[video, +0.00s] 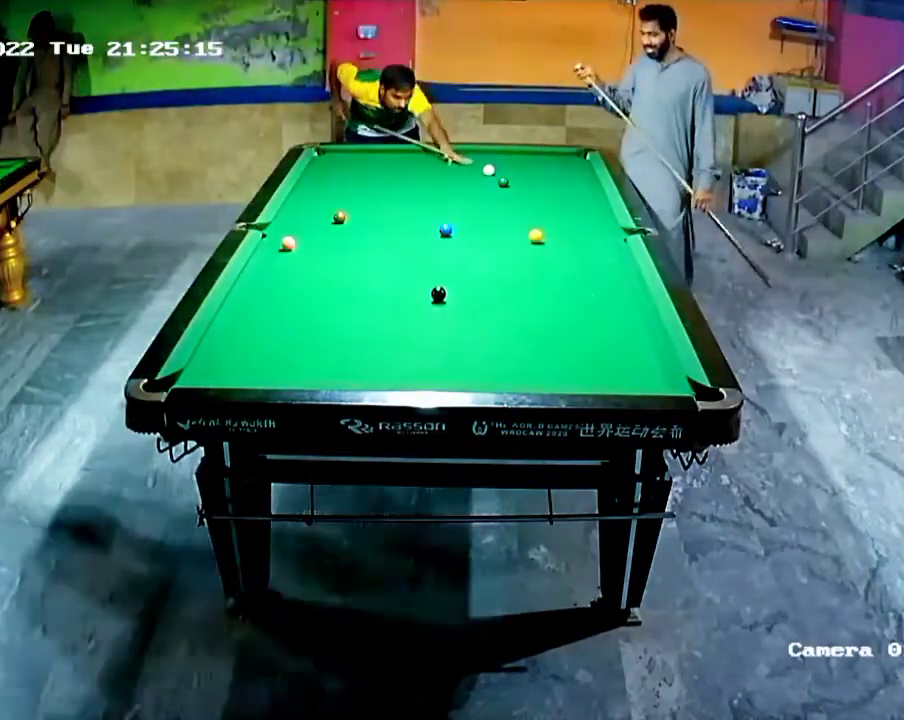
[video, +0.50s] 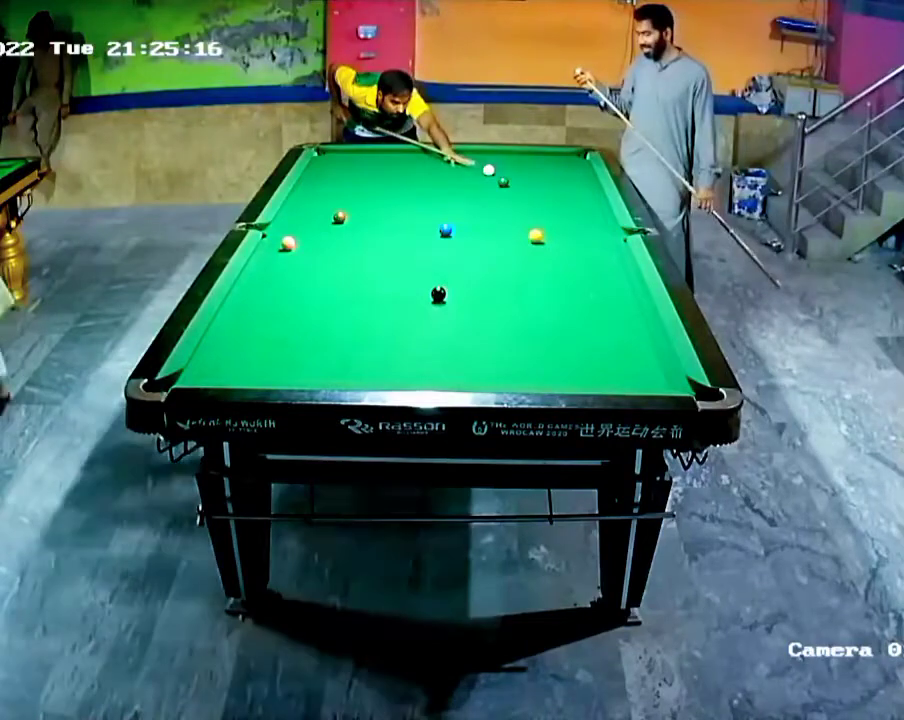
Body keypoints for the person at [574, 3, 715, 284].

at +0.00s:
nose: (646, 41)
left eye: (653, 34)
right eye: (643, 34)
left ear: (671, 34)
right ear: (640, 34)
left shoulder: (695, 73)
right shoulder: (641, 64)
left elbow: (704, 130)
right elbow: (622, 104)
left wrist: (703, 181)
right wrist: (596, 83)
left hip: (670, 172)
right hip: (633, 164)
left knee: (669, 240)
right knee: (631, 234)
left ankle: (675, 303)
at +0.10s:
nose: (645, 41)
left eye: (651, 34)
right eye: (642, 34)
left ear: (670, 33)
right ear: (639, 34)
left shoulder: (695, 73)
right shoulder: (640, 65)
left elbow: (704, 130)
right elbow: (621, 103)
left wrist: (704, 181)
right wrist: (595, 83)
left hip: (669, 173)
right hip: (633, 166)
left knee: (669, 244)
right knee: (632, 237)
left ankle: (675, 309)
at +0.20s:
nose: (643, 41)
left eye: (649, 34)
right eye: (640, 34)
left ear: (668, 33)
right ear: (637, 34)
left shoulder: (695, 73)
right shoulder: (640, 64)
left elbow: (704, 131)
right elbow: (623, 102)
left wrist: (704, 182)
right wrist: (595, 84)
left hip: (668, 173)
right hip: (633, 165)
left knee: (669, 245)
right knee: (632, 237)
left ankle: (675, 307)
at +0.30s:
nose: (642, 41)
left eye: (648, 34)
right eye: (639, 34)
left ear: (667, 33)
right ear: (636, 33)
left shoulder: (694, 73)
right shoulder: (640, 64)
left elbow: (704, 131)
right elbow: (623, 103)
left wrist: (704, 181)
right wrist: (595, 88)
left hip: (668, 173)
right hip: (633, 165)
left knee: (669, 245)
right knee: (632, 236)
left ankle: (674, 307)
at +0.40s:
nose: (641, 41)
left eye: (647, 34)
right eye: (638, 34)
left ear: (666, 33)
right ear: (636, 33)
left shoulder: (694, 74)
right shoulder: (641, 64)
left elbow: (704, 131)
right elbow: (622, 105)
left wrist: (705, 182)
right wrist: (594, 87)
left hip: (668, 175)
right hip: (632, 167)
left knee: (668, 248)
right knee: (631, 241)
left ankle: (674, 313)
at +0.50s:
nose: (641, 41)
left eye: (647, 34)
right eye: (638, 34)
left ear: (666, 33)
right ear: (635, 33)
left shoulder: (694, 74)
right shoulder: (640, 64)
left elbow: (704, 131)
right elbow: (622, 105)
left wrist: (704, 182)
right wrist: (594, 87)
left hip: (668, 175)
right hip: (632, 167)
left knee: (668, 249)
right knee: (631, 241)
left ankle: (675, 313)